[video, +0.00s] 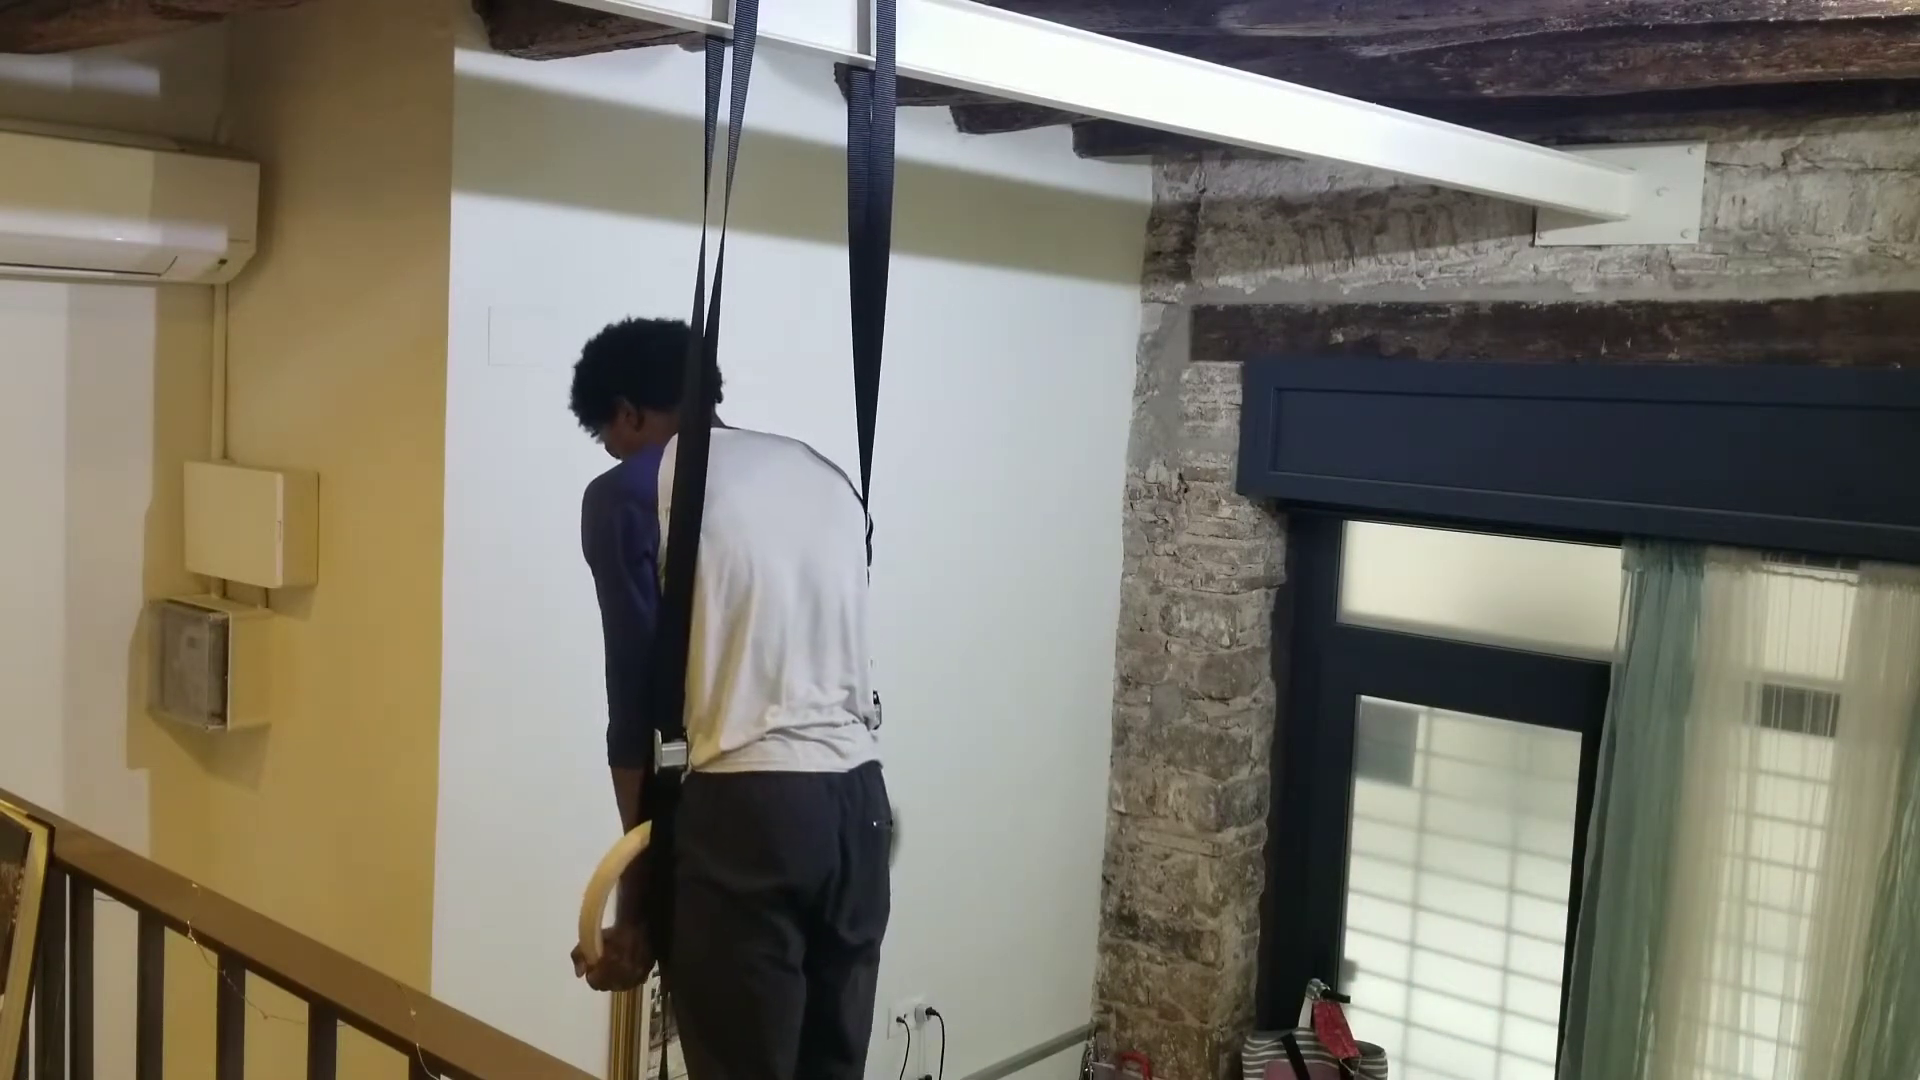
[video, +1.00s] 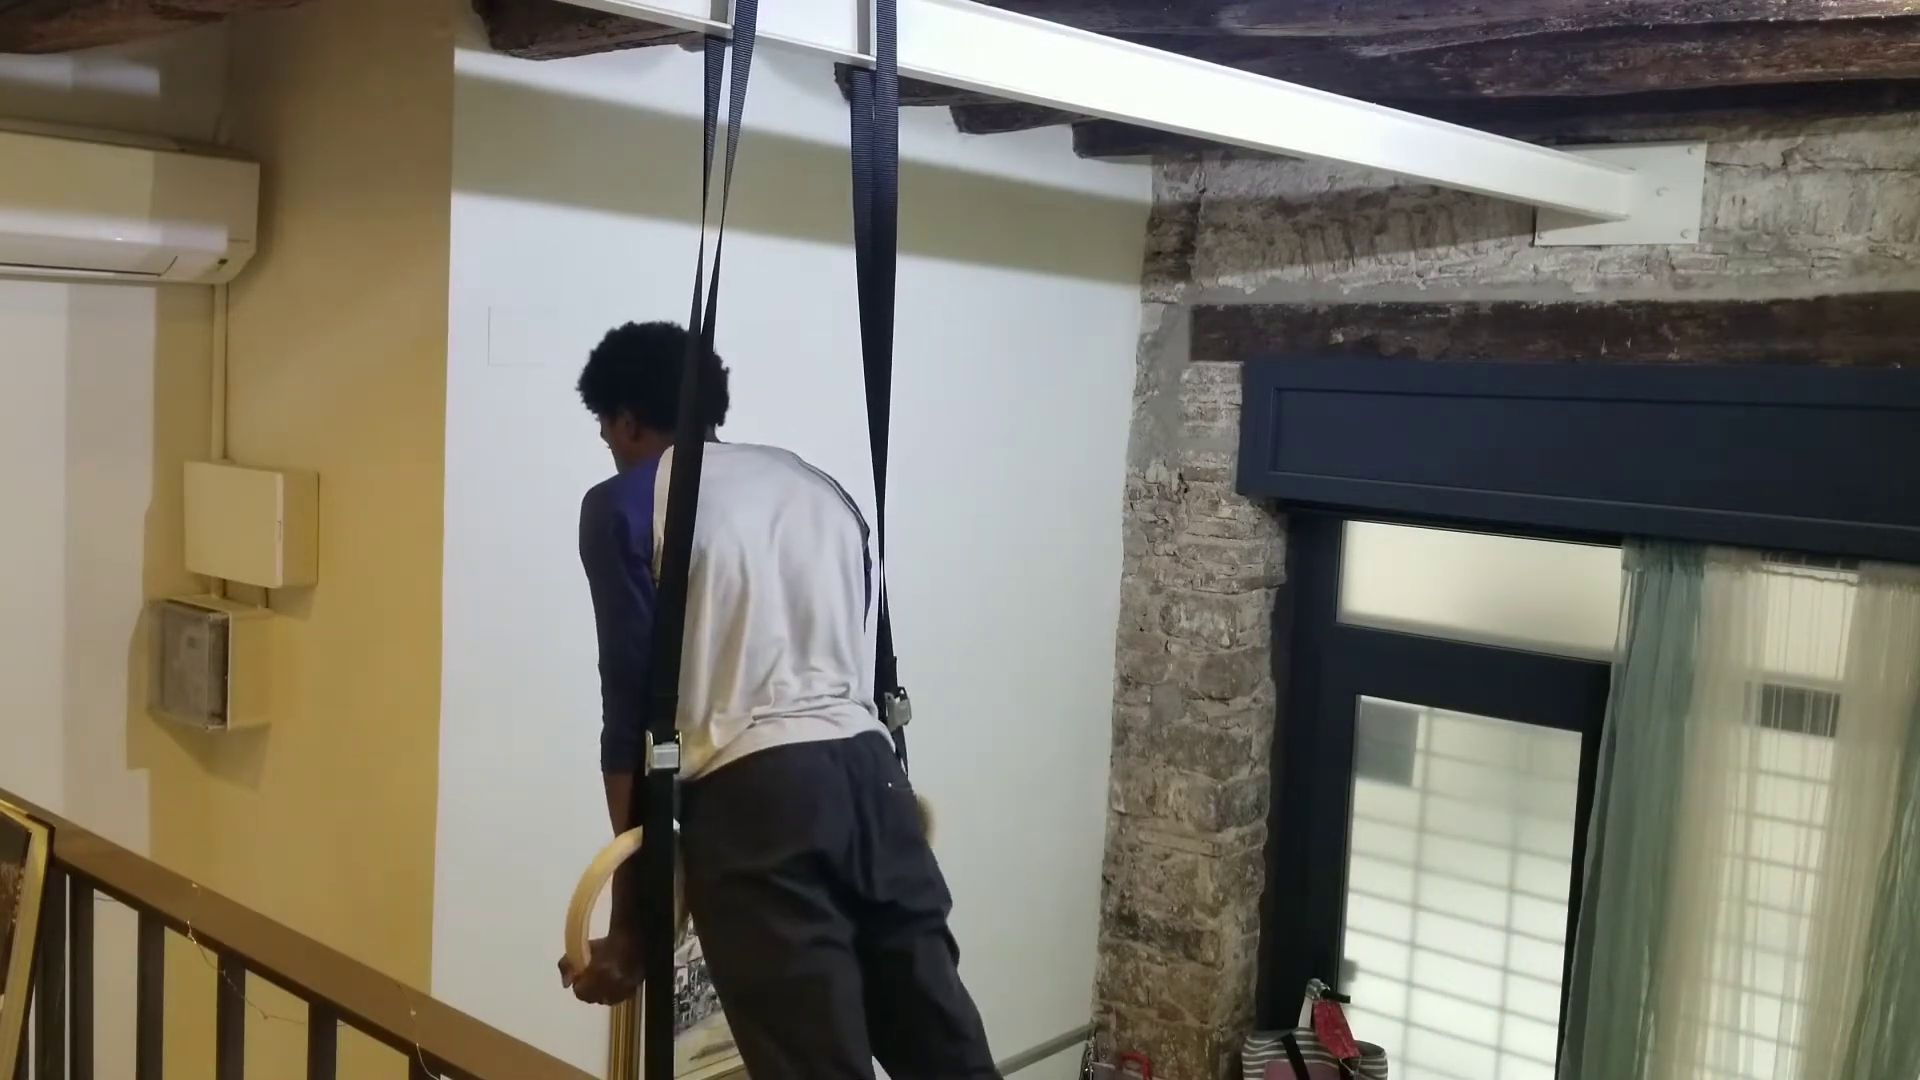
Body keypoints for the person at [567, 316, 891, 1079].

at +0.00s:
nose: (612, 456)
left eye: (607, 441)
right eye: (603, 444)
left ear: (628, 411)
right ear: (705, 394)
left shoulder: (630, 489)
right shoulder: (825, 474)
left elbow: (632, 692)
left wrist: (638, 886)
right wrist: (650, 913)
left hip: (740, 819)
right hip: (861, 813)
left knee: (743, 1063)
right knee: (834, 1063)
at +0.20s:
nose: (610, 467)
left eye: (606, 451)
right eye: (601, 454)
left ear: (629, 421)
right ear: (705, 404)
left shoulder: (630, 496)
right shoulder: (828, 479)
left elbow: (637, 680)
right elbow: (852, 658)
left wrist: (645, 863)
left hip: (751, 818)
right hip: (870, 809)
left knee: (763, 1061)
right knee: (863, 1062)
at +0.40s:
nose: (606, 470)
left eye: (601, 453)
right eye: (597, 457)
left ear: (625, 428)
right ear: (701, 409)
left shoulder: (625, 502)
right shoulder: (822, 483)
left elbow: (642, 688)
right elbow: (856, 658)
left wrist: (654, 874)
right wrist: (875, 796)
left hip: (762, 811)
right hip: (877, 802)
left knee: (781, 1062)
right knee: (893, 1061)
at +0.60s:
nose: (605, 459)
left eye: (600, 442)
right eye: (599, 444)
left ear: (622, 425)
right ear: (697, 405)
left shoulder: (625, 506)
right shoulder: (826, 492)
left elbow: (636, 696)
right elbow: (866, 671)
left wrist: (641, 910)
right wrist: (882, 802)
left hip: (754, 810)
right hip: (872, 797)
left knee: (800, 1060)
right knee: (921, 1055)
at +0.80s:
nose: (606, 447)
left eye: (602, 428)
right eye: (600, 429)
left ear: (624, 417)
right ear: (706, 401)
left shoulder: (623, 502)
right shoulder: (825, 489)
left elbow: (626, 701)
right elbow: (873, 677)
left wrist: (630, 910)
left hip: (748, 801)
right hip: (868, 784)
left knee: (807, 1061)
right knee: (949, 1049)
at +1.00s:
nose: (608, 444)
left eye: (605, 425)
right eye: (603, 427)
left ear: (628, 417)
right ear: (708, 403)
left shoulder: (626, 502)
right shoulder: (827, 490)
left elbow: (629, 703)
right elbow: (877, 679)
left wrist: (631, 911)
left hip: (753, 799)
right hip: (875, 782)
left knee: (815, 1060)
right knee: (947, 1050)